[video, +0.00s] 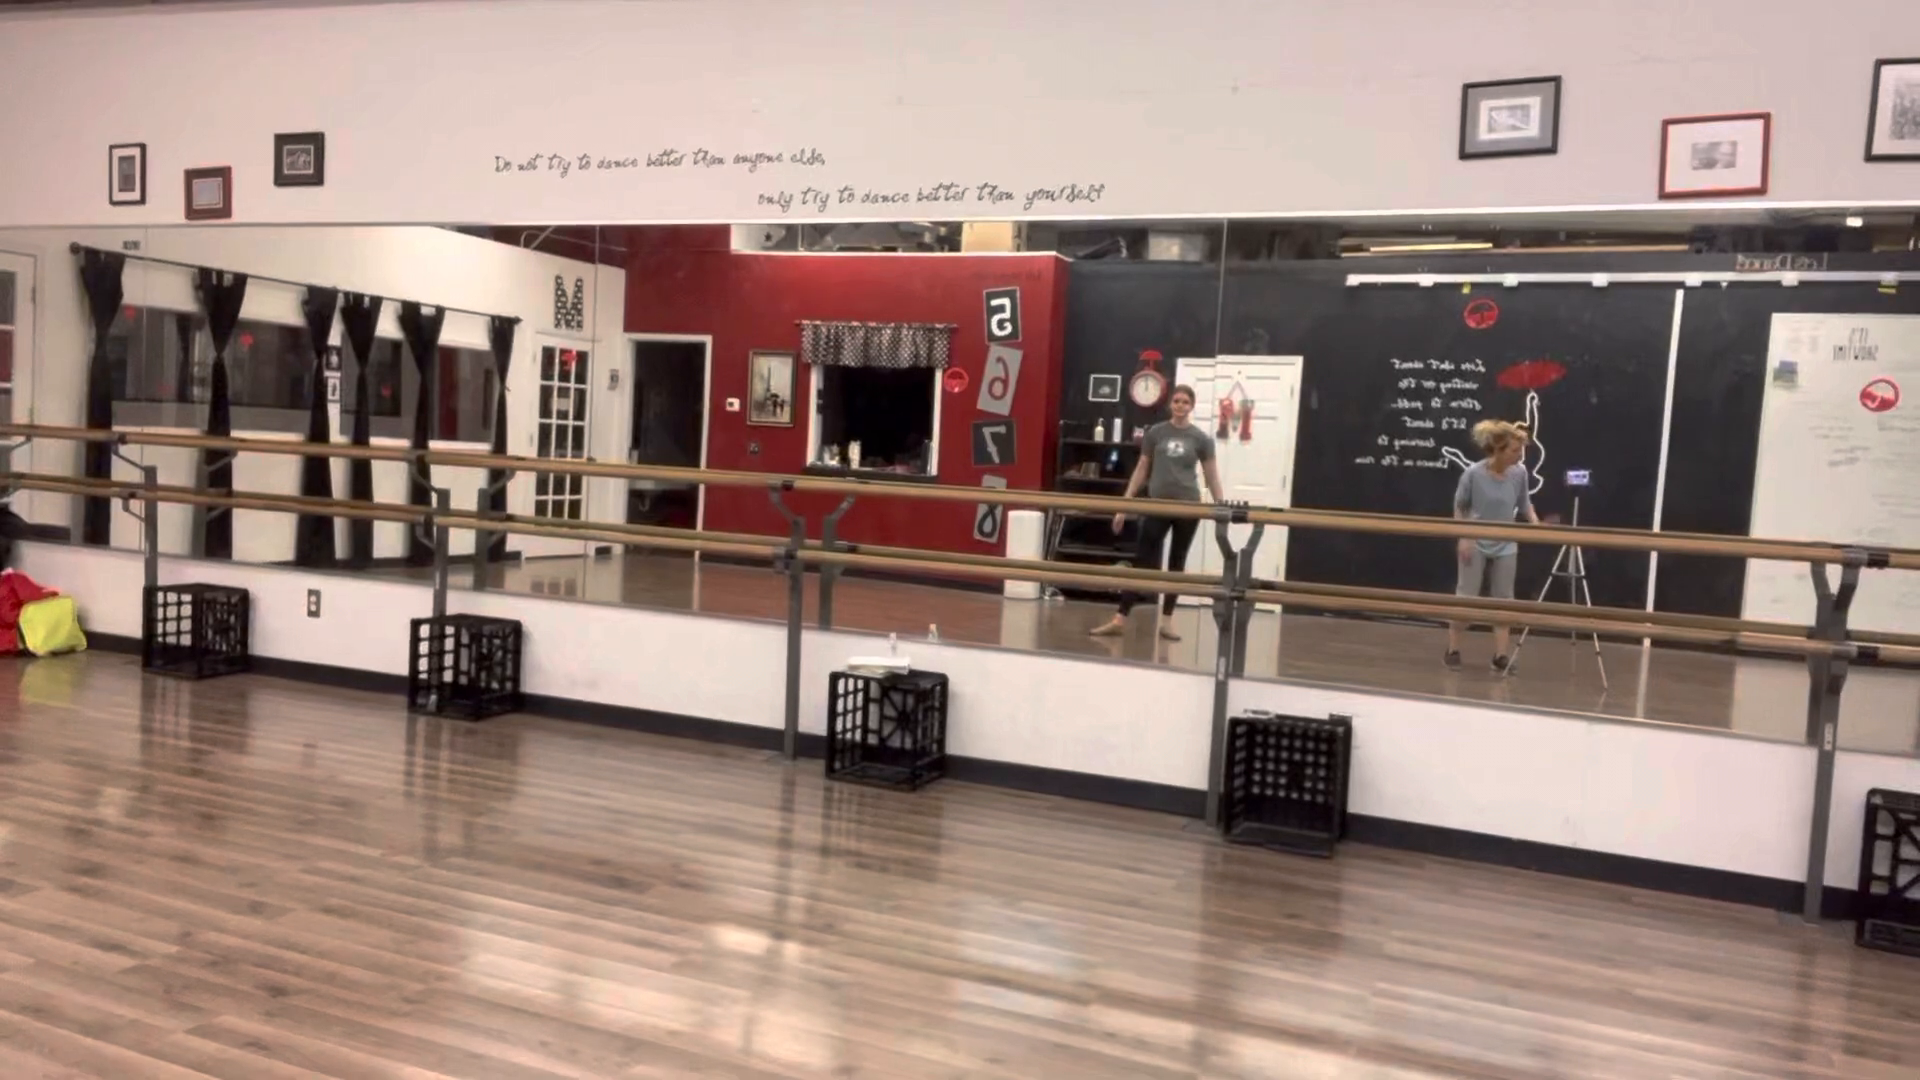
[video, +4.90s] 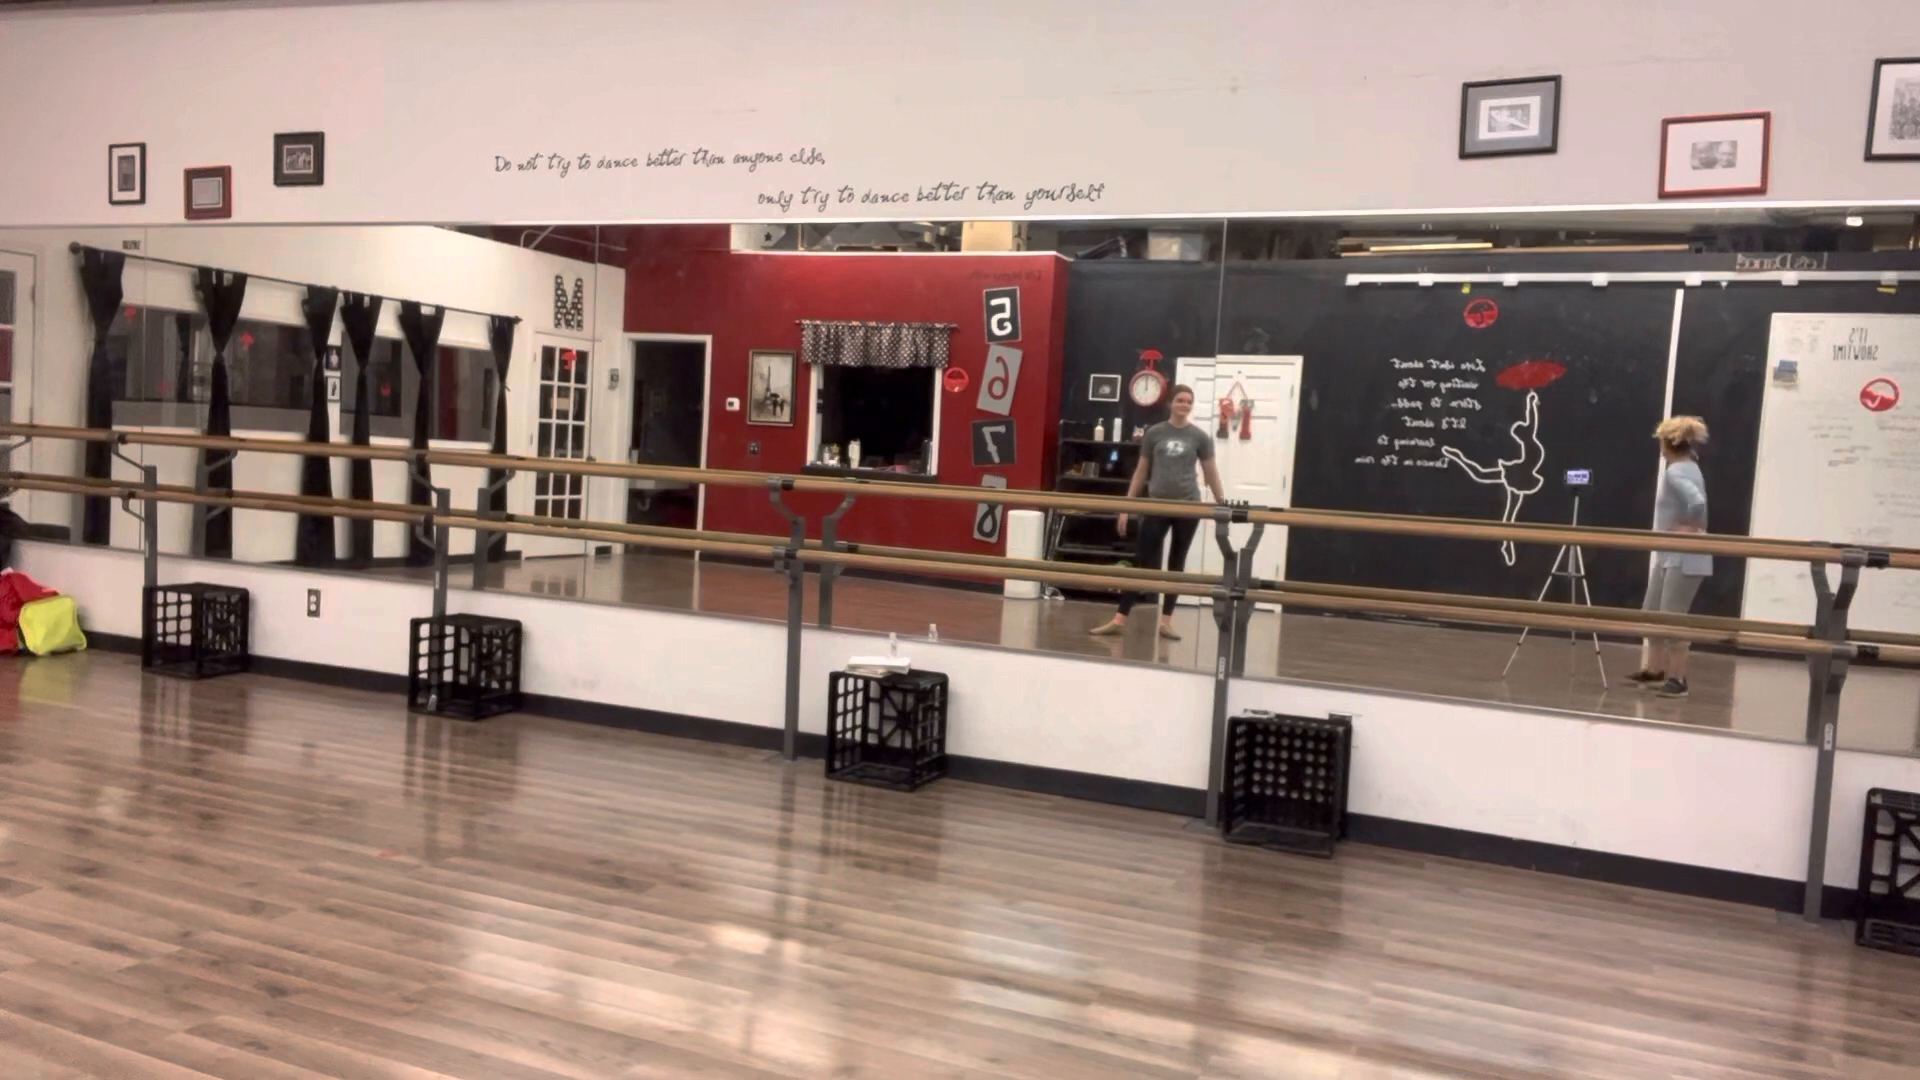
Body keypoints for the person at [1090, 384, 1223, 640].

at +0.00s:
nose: (1180, 406)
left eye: (1185, 402)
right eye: (1176, 401)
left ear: (1192, 407)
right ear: (1170, 404)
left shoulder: (1201, 439)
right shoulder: (1154, 433)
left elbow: (1211, 477)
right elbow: (1141, 470)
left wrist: (1220, 507)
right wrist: (1124, 506)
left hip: (1187, 509)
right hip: (1157, 506)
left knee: (1177, 563)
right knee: (1142, 559)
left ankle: (1166, 619)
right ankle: (1120, 617)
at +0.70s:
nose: (1180, 406)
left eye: (1184, 403)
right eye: (1176, 402)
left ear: (1192, 407)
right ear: (1170, 404)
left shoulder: (1201, 439)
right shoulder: (1154, 433)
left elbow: (1202, 478)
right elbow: (1147, 471)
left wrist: (1186, 508)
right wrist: (1153, 502)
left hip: (1186, 506)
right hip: (1158, 503)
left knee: (1176, 563)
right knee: (1142, 558)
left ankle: (1166, 619)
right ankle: (1121, 617)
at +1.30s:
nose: (1180, 406)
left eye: (1185, 402)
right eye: (1176, 401)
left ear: (1192, 406)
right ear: (1170, 404)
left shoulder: (1202, 437)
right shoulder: (1155, 433)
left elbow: (1214, 476)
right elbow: (1141, 470)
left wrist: (1225, 511)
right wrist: (1124, 505)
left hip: (1188, 509)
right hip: (1157, 506)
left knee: (1176, 563)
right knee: (1142, 559)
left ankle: (1166, 619)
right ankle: (1120, 617)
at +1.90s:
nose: (1180, 406)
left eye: (1185, 402)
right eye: (1177, 401)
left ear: (1193, 406)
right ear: (1171, 404)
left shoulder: (1202, 439)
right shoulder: (1155, 432)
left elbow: (1204, 477)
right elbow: (1148, 469)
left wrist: (1191, 508)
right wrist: (1150, 504)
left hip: (1185, 508)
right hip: (1157, 505)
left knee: (1176, 564)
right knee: (1142, 560)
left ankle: (1166, 619)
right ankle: (1120, 617)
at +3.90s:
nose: (1180, 404)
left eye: (1185, 401)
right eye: (1176, 400)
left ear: (1192, 405)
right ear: (1170, 404)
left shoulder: (1203, 437)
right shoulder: (1155, 432)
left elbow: (1214, 473)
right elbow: (1142, 469)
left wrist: (1224, 504)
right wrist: (1124, 505)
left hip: (1187, 510)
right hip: (1156, 507)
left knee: (1176, 563)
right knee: (1142, 559)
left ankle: (1165, 619)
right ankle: (1120, 618)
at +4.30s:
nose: (1181, 405)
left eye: (1185, 401)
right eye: (1177, 401)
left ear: (1193, 405)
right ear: (1171, 404)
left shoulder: (1202, 438)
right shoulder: (1155, 432)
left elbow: (1203, 476)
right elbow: (1147, 469)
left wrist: (1189, 505)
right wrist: (1153, 500)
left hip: (1185, 507)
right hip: (1157, 504)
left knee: (1176, 563)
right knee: (1142, 558)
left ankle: (1166, 619)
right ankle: (1120, 617)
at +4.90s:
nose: (1183, 405)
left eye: (1187, 402)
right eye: (1179, 401)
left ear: (1192, 406)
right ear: (1171, 404)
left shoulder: (1200, 437)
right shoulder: (1153, 433)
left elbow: (1211, 475)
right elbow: (1141, 473)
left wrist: (1221, 506)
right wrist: (1126, 507)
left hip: (1187, 509)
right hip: (1156, 507)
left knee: (1176, 564)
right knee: (1142, 560)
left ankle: (1165, 620)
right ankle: (1120, 617)